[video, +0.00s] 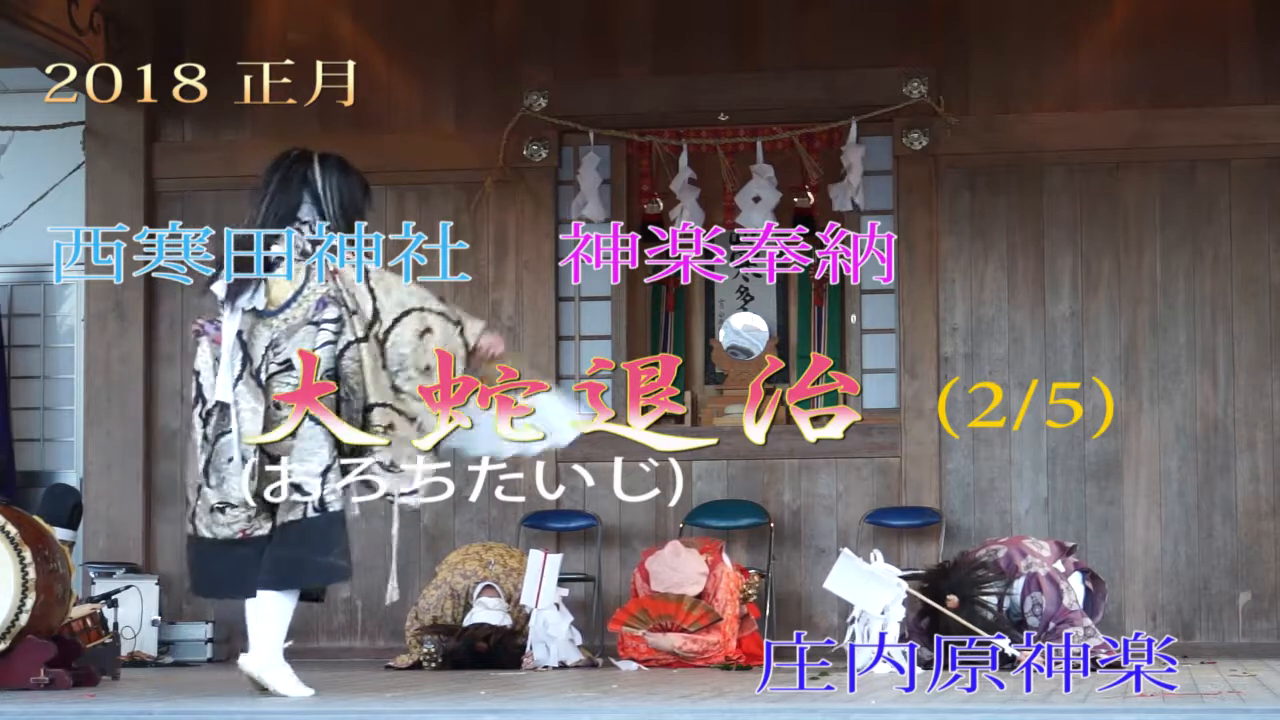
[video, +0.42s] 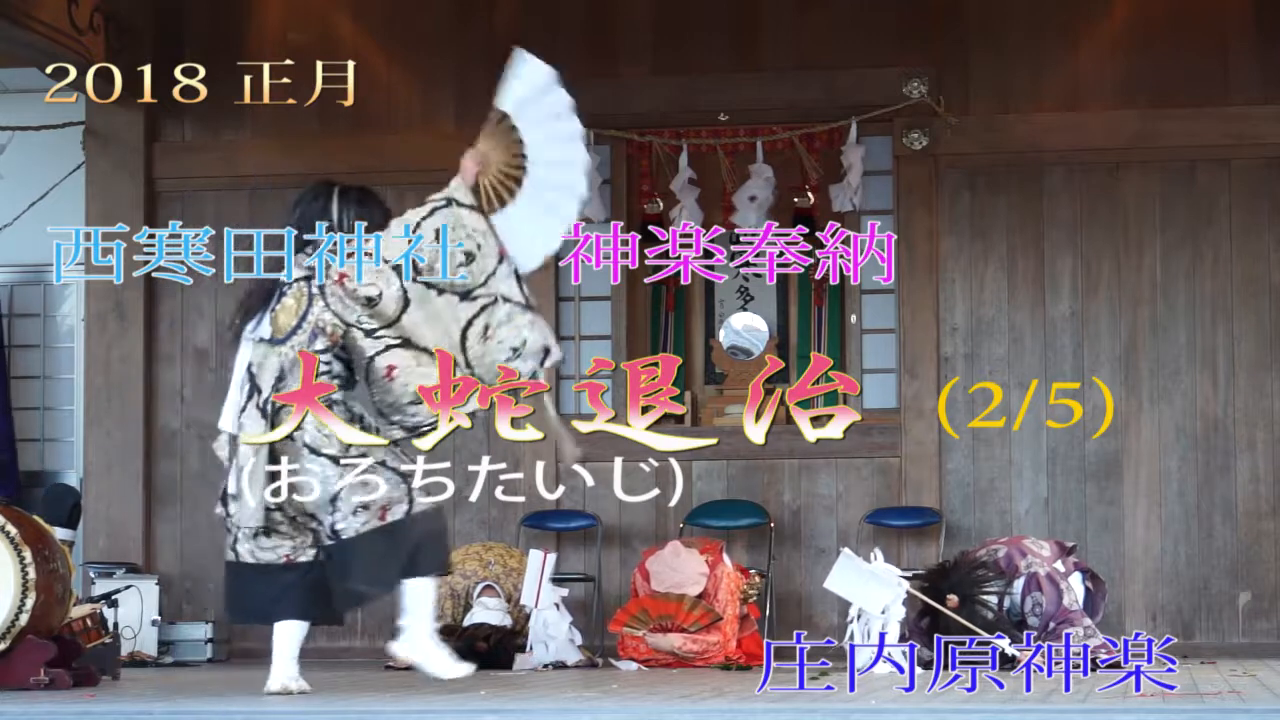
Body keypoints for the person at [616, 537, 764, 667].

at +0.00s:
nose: (679, 605)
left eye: (687, 597)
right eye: (670, 598)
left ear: (699, 582)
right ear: (655, 585)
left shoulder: (721, 575)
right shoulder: (641, 575)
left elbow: (723, 643)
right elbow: (629, 648)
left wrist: (671, 642)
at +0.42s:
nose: (678, 606)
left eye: (688, 597)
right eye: (669, 597)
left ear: (700, 581)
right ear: (656, 584)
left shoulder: (721, 575)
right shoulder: (641, 575)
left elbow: (723, 643)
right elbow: (628, 647)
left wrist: (672, 643)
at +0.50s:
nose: (680, 608)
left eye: (688, 599)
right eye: (670, 599)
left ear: (700, 582)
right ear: (655, 584)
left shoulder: (722, 576)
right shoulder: (642, 574)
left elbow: (723, 643)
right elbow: (628, 647)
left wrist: (673, 643)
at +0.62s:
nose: (680, 608)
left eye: (689, 599)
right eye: (671, 599)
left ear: (701, 582)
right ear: (656, 585)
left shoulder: (722, 576)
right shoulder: (642, 574)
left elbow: (723, 643)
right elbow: (628, 647)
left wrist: (673, 643)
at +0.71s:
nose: (680, 608)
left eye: (689, 599)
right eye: (671, 599)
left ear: (701, 583)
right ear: (656, 585)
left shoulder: (723, 576)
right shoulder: (642, 575)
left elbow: (722, 644)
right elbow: (628, 647)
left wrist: (673, 643)